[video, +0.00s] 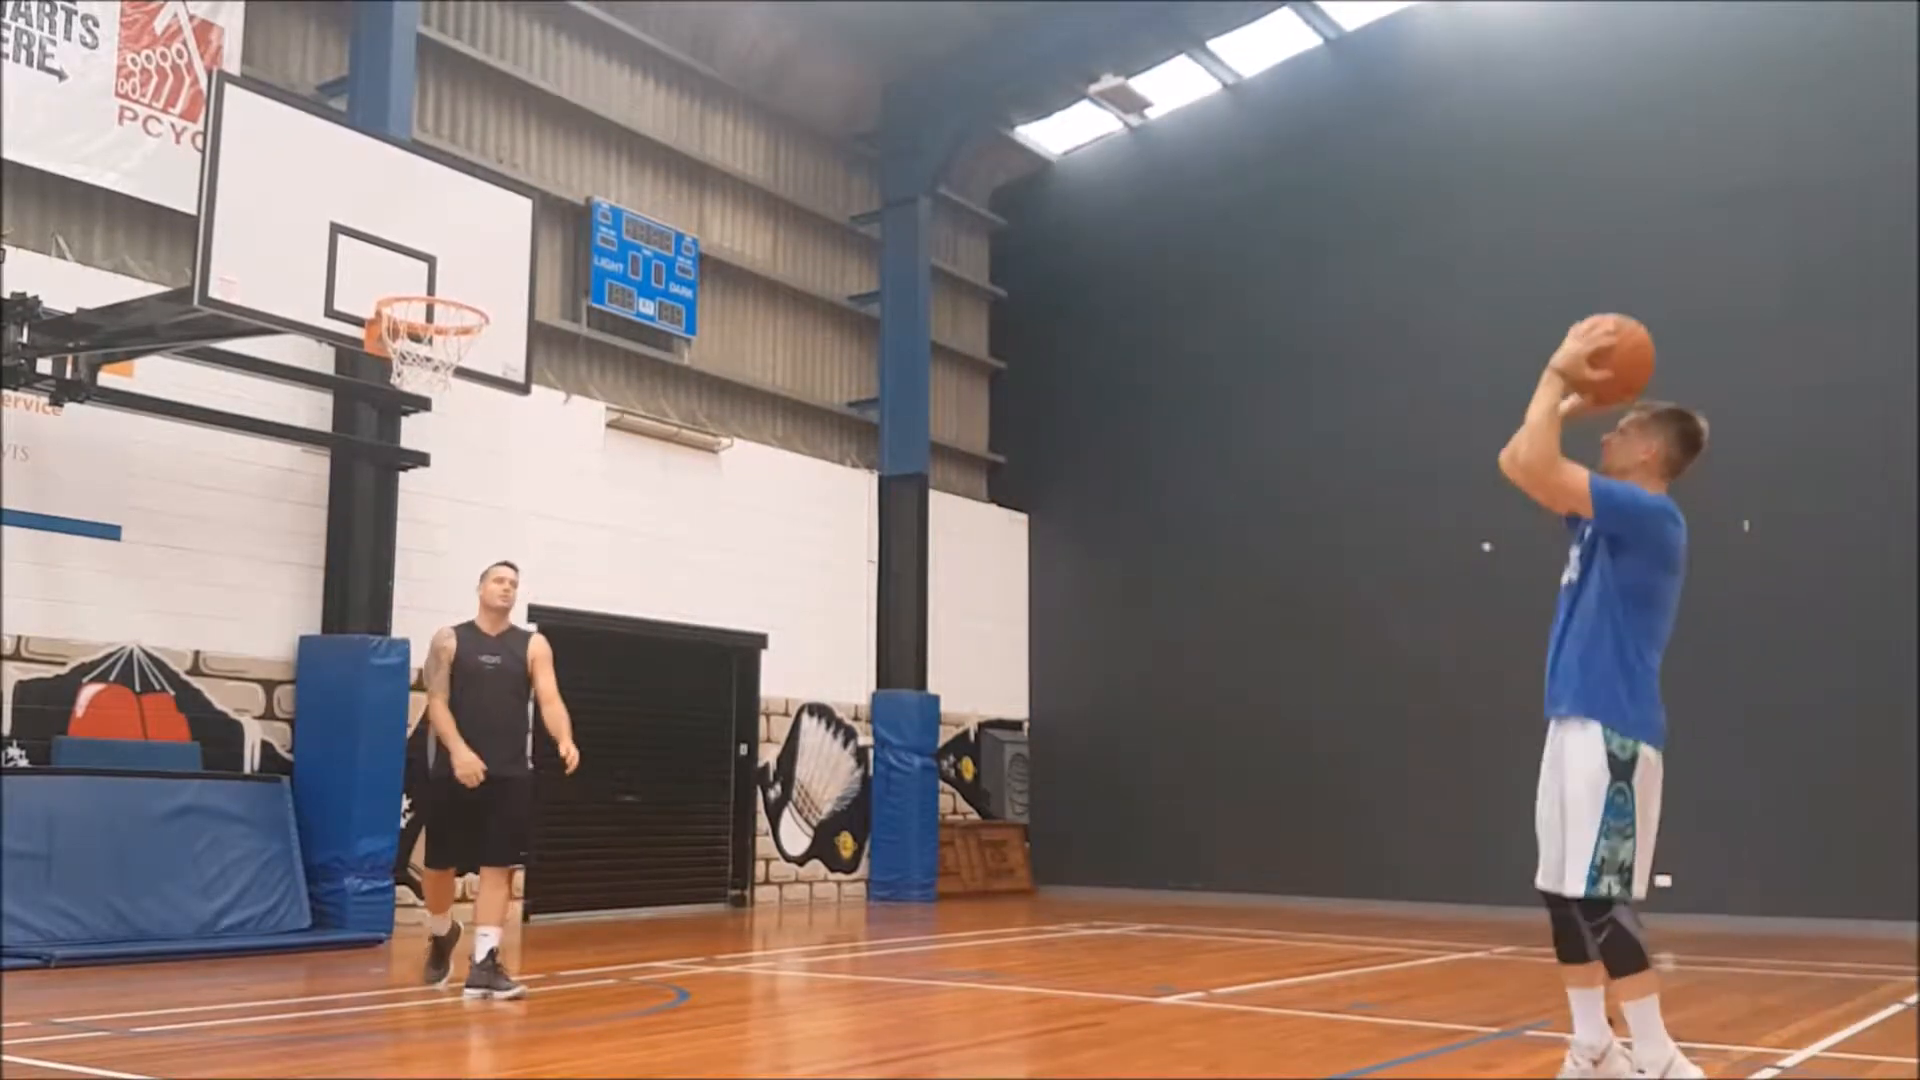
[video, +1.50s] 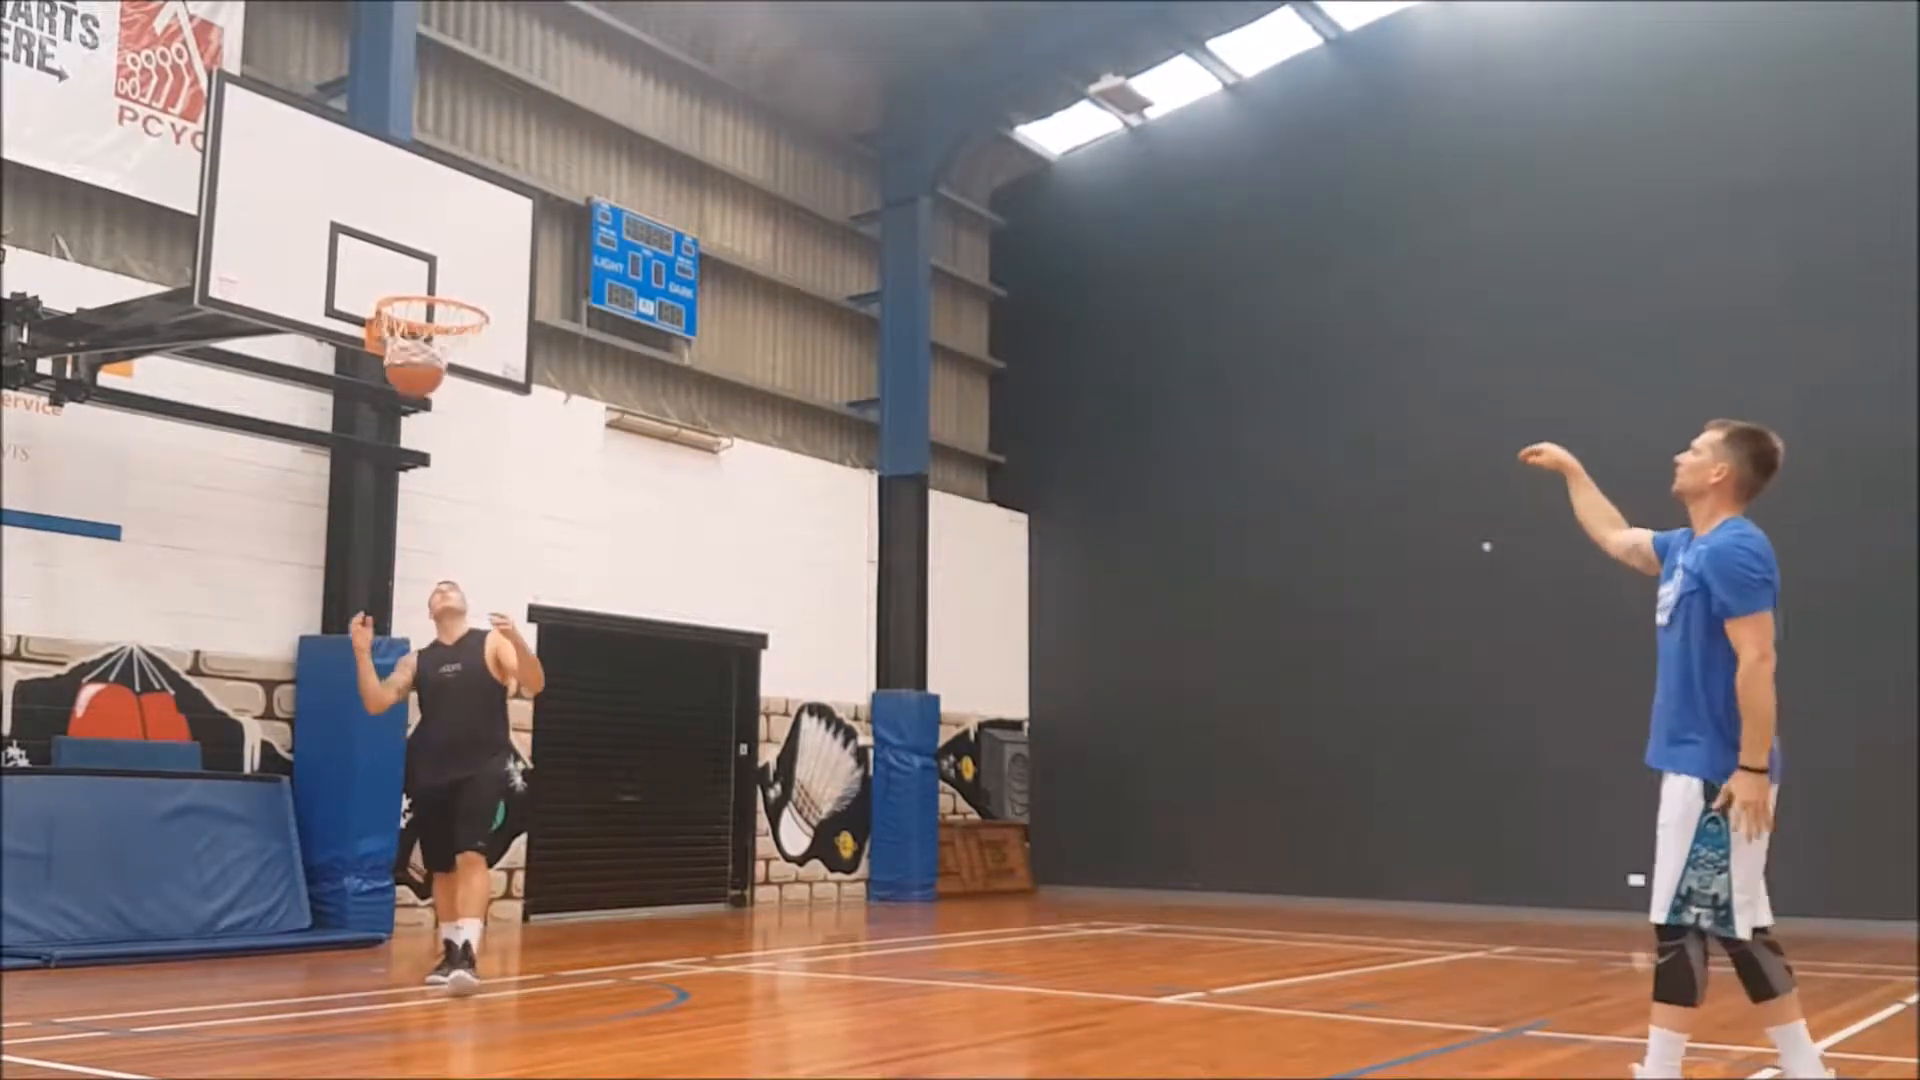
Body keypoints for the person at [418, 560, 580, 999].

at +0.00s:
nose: (505, 588)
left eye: (512, 584)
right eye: (498, 581)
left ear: (517, 595)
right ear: (479, 589)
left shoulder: (534, 644)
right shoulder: (449, 640)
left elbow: (550, 699)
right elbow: (436, 703)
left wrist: (564, 737)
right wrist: (459, 750)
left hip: (511, 774)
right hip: (453, 770)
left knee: (498, 867)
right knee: (439, 863)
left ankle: (485, 963)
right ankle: (441, 934)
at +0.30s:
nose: (481, 597)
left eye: (487, 593)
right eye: (473, 592)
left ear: (494, 606)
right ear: (457, 603)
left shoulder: (516, 656)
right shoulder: (431, 655)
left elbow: (525, 715)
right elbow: (415, 720)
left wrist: (527, 757)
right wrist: (450, 756)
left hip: (492, 779)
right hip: (439, 779)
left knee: (477, 867)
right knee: (444, 868)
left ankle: (479, 957)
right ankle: (452, 955)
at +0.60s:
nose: (463, 592)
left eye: (470, 588)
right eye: (455, 588)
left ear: (481, 601)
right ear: (442, 602)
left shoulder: (506, 649)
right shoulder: (425, 654)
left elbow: (523, 712)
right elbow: (403, 717)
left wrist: (535, 769)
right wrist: (372, 768)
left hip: (485, 777)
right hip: (434, 777)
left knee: (473, 863)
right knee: (444, 866)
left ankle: (475, 956)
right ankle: (452, 954)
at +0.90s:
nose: (451, 589)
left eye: (457, 586)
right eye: (442, 588)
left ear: (470, 601)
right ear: (432, 607)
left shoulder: (501, 647)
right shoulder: (421, 659)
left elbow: (526, 703)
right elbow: (406, 724)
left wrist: (544, 754)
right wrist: (372, 775)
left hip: (485, 776)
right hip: (433, 777)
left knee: (473, 864)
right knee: (444, 866)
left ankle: (473, 959)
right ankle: (452, 955)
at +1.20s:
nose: (443, 591)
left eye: (448, 587)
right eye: (435, 590)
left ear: (461, 601)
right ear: (426, 609)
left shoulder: (495, 644)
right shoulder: (415, 661)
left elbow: (528, 701)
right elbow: (410, 718)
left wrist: (492, 707)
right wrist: (398, 736)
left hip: (483, 771)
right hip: (433, 774)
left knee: (472, 860)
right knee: (443, 864)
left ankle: (471, 959)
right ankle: (451, 955)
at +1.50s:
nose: (446, 590)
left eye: (453, 588)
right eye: (438, 590)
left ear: (467, 608)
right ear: (429, 612)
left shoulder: (491, 642)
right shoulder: (418, 659)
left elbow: (533, 685)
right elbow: (376, 702)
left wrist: (517, 642)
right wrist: (363, 653)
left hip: (484, 768)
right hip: (432, 773)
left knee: (470, 854)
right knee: (441, 867)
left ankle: (466, 957)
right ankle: (450, 956)